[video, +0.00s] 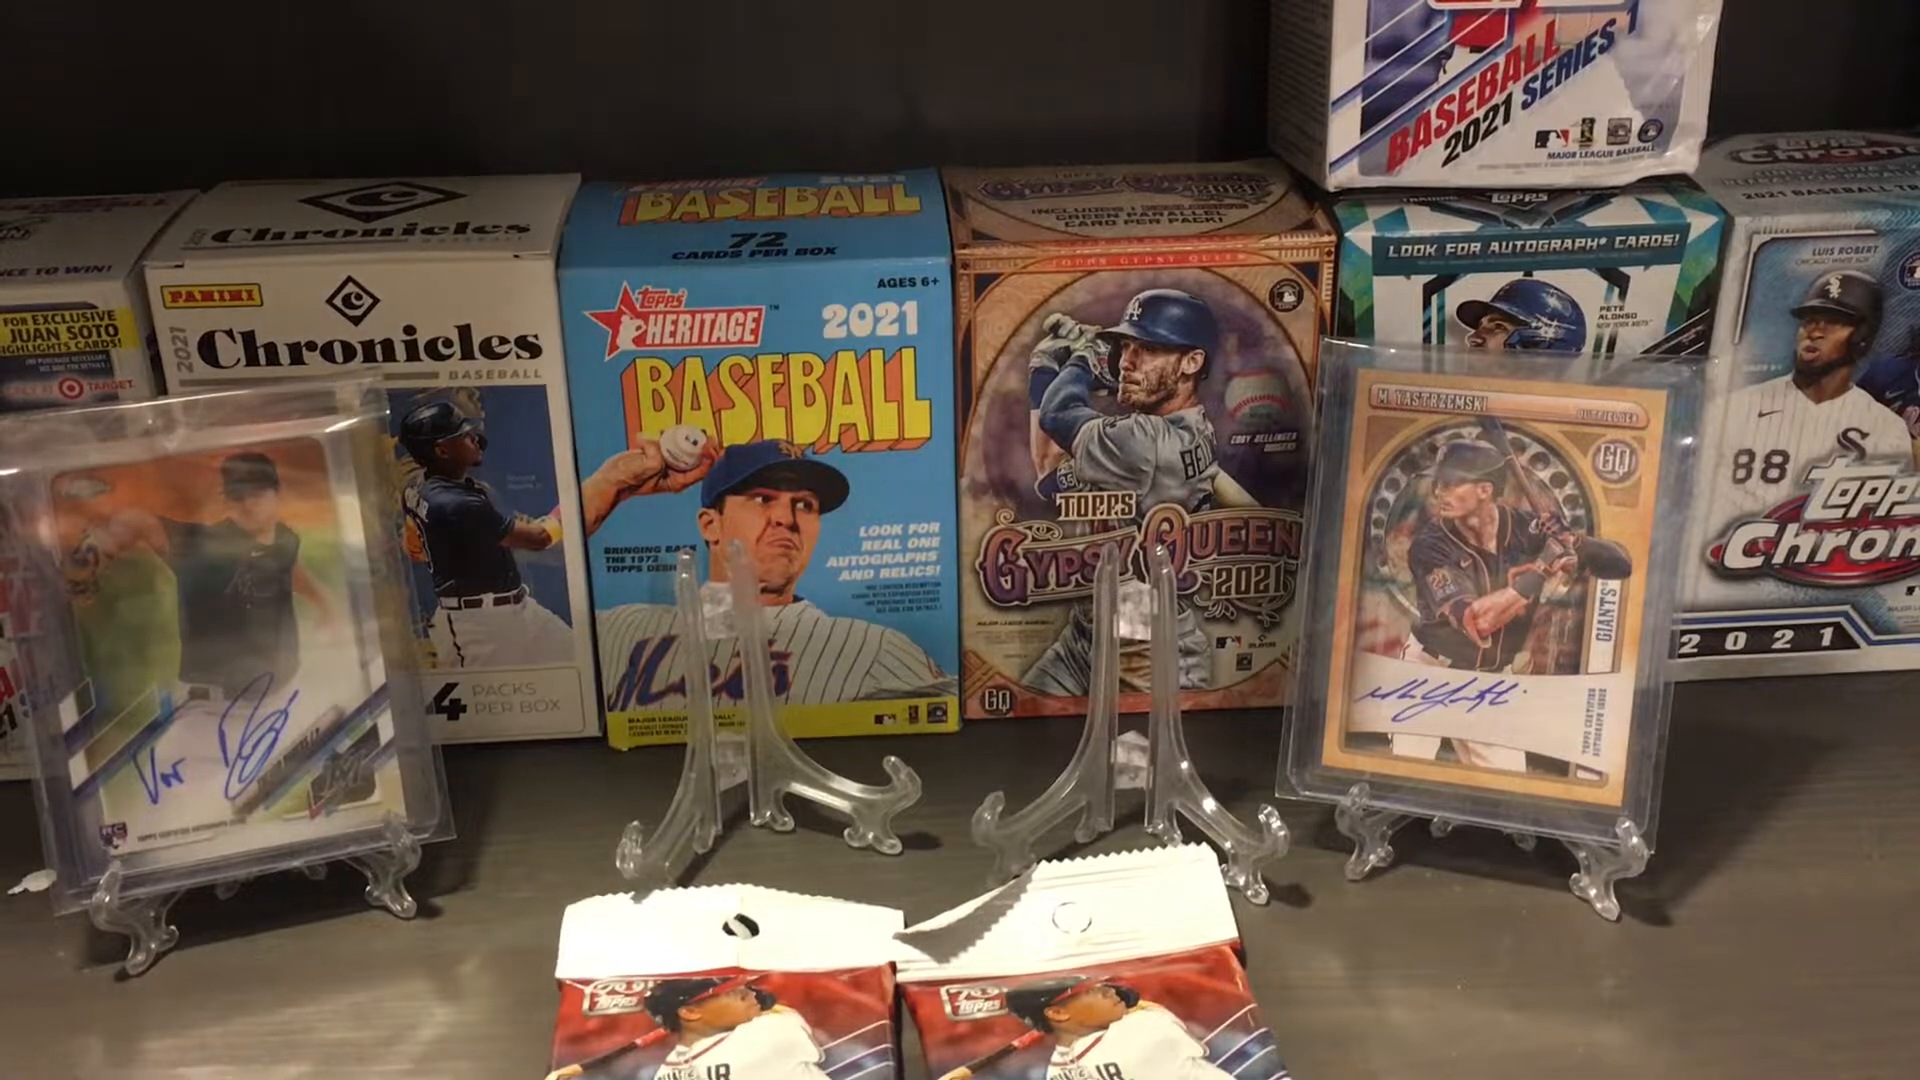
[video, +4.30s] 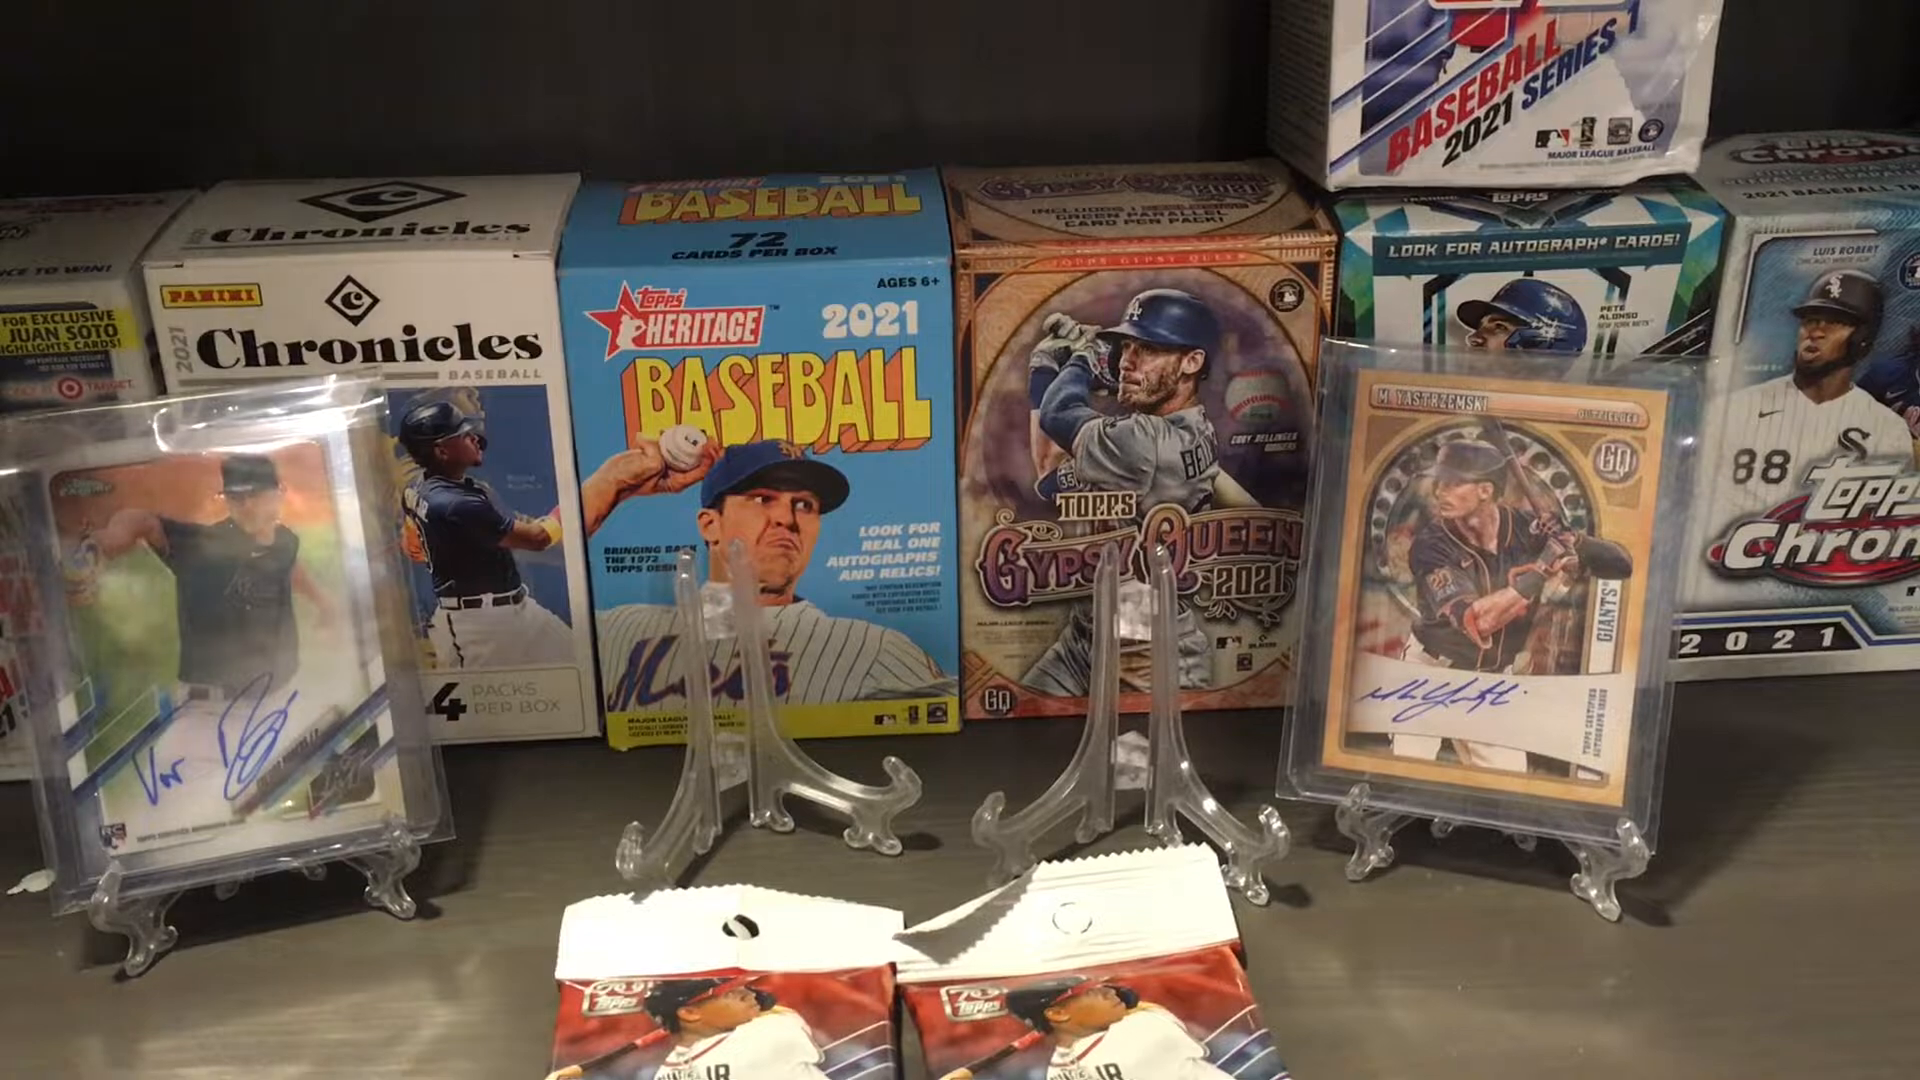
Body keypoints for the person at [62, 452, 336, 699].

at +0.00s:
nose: (249, 506)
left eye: (258, 496)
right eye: (239, 498)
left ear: (276, 495)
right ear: (228, 502)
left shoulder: (286, 541)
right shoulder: (202, 542)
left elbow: (291, 570)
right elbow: (144, 524)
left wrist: (322, 602)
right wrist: (110, 536)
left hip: (275, 685)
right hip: (215, 691)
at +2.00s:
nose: (246, 506)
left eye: (256, 496)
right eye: (237, 497)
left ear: (276, 496)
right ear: (227, 500)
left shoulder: (286, 541)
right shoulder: (201, 541)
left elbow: (291, 570)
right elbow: (134, 518)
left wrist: (323, 601)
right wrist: (117, 539)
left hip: (274, 686)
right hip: (212, 692)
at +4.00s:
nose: (265, 507)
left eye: (267, 496)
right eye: (252, 498)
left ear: (278, 497)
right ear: (235, 503)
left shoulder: (286, 543)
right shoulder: (201, 544)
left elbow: (292, 570)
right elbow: (138, 521)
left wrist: (324, 604)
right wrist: (113, 539)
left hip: (276, 692)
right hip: (214, 698)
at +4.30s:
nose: (277, 507)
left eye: (276, 496)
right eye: (269, 497)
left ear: (278, 498)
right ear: (240, 502)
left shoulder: (285, 543)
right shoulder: (199, 544)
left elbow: (292, 572)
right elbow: (137, 520)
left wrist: (324, 602)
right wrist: (111, 541)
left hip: (276, 699)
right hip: (214, 705)